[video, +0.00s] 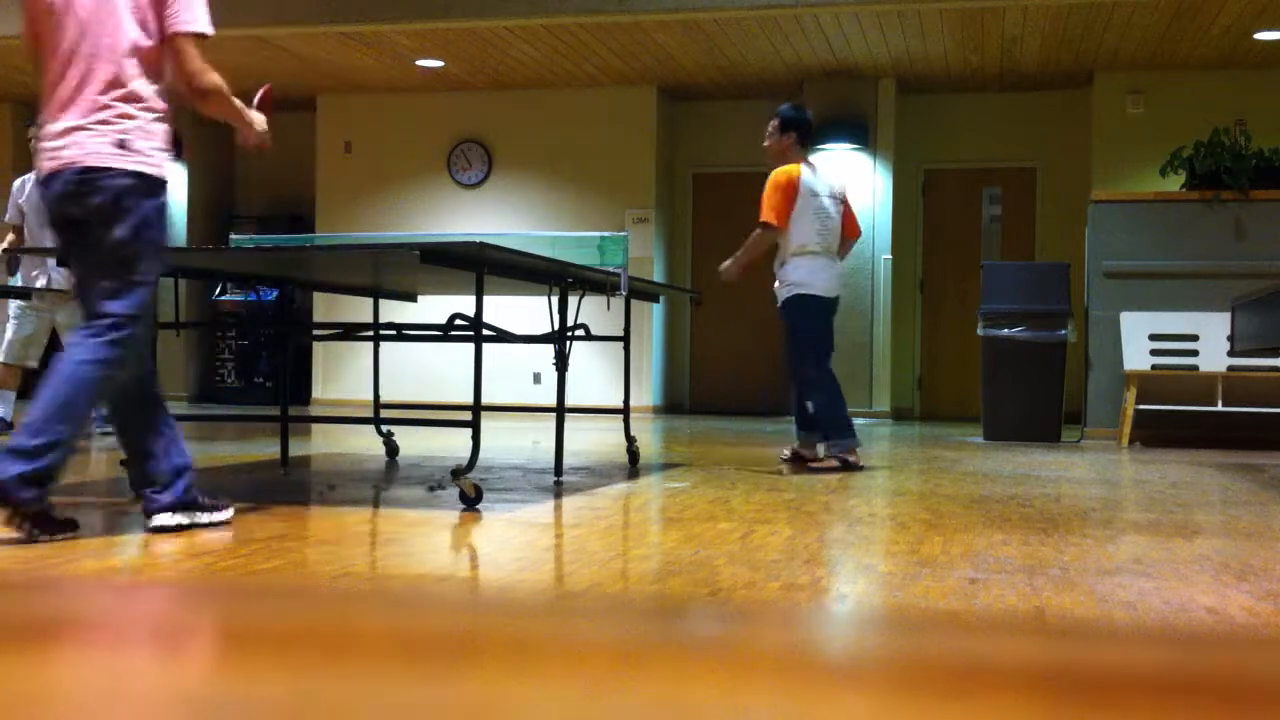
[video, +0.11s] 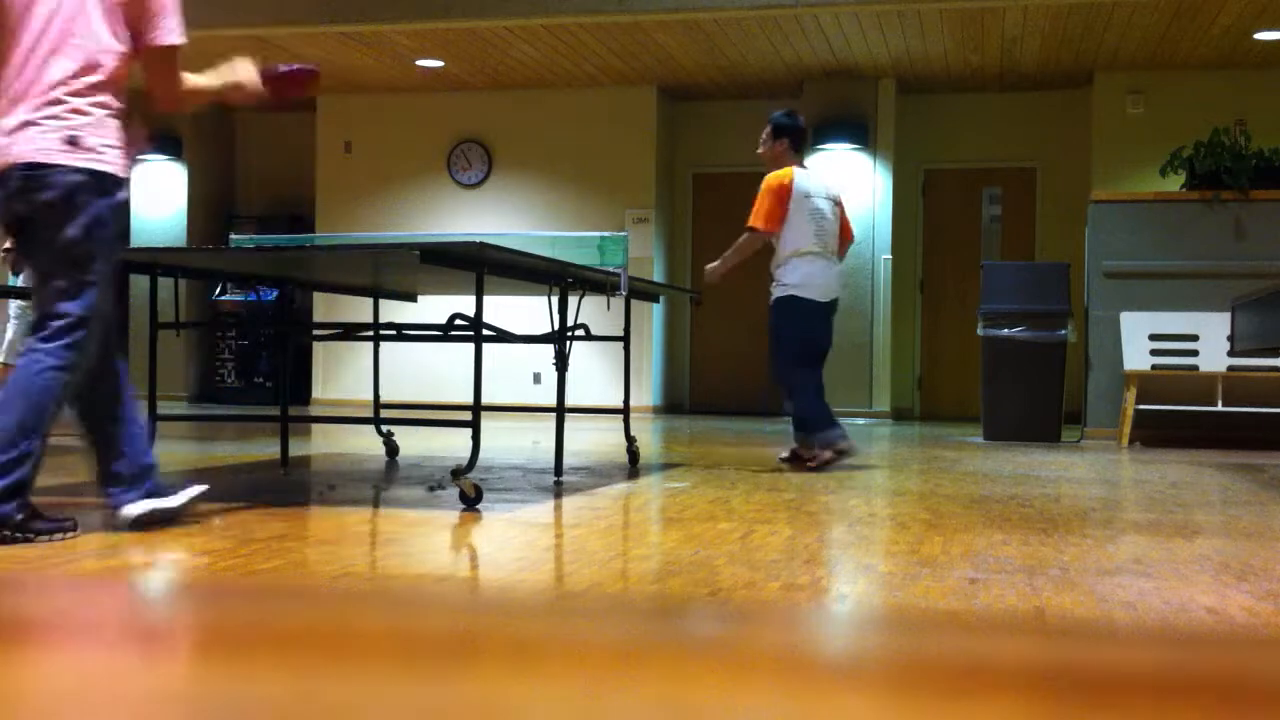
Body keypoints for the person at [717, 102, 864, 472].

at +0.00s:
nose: (765, 141)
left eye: (771, 134)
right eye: (767, 133)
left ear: (791, 138)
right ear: (797, 139)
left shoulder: (783, 176)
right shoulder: (826, 180)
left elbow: (769, 229)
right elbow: (851, 232)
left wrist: (737, 262)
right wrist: (825, 264)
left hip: (801, 281)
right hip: (826, 281)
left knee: (812, 365)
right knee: (806, 364)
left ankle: (843, 448)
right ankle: (808, 445)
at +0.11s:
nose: (759, 147)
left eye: (765, 140)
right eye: (761, 140)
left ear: (783, 143)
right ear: (792, 145)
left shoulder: (778, 180)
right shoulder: (824, 185)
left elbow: (758, 233)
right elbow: (845, 238)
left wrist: (721, 265)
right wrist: (823, 269)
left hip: (795, 285)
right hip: (825, 286)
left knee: (789, 366)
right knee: (808, 367)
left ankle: (831, 438)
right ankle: (807, 444)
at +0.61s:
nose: (698, 176)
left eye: (701, 168)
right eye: (698, 169)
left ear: (716, 166)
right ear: (731, 166)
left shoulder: (721, 198)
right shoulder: (771, 188)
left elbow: (691, 258)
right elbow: (768, 245)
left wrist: (652, 278)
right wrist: (725, 269)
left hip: (757, 291)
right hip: (799, 291)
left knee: (723, 366)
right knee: (796, 367)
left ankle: (716, 448)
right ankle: (805, 447)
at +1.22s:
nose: (699, 155)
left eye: (705, 149)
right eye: (701, 148)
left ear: (721, 152)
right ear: (735, 155)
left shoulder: (705, 185)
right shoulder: (767, 187)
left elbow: (649, 196)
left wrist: (604, 177)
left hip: (721, 296)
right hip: (768, 295)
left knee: (700, 370)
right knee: (774, 370)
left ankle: (712, 449)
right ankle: (791, 446)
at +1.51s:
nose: (727, 149)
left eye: (734, 144)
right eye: (731, 142)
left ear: (747, 152)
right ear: (765, 156)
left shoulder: (723, 182)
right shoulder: (789, 195)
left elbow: (692, 214)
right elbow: (797, 249)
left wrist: (655, 219)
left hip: (725, 290)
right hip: (772, 293)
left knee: (705, 367)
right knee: (778, 365)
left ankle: (712, 447)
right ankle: (792, 446)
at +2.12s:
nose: (675, 176)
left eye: (682, 169)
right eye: (675, 169)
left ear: (704, 172)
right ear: (704, 173)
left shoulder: (718, 204)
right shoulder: (732, 196)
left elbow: (738, 256)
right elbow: (764, 222)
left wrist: (716, 289)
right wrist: (722, 249)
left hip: (742, 299)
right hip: (761, 299)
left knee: (713, 368)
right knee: (742, 368)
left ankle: (734, 445)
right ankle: (780, 426)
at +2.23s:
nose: (679, 164)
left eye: (687, 157)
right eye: (678, 158)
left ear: (707, 161)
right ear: (687, 163)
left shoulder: (721, 197)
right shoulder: (710, 197)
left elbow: (741, 247)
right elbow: (729, 238)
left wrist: (715, 279)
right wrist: (708, 252)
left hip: (741, 292)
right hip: (734, 291)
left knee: (715, 366)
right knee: (721, 364)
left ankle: (733, 442)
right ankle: (762, 422)